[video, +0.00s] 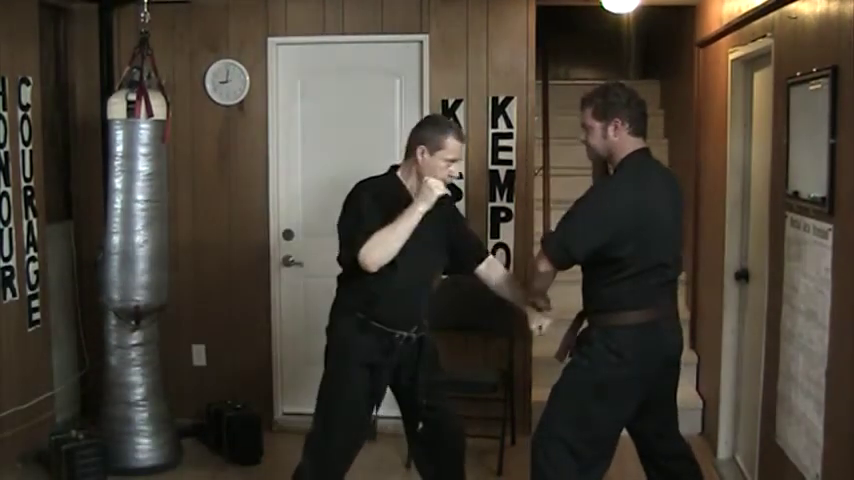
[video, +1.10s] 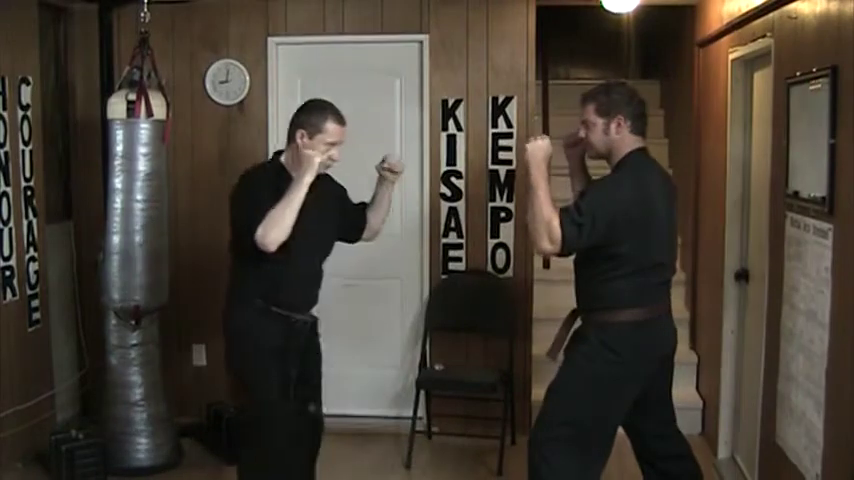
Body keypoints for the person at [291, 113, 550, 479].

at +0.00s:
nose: (456, 171)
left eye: (458, 162)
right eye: (449, 161)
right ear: (420, 154)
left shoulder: (443, 211)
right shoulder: (369, 194)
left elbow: (487, 267)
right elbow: (370, 258)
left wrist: (529, 303)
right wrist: (420, 205)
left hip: (413, 345)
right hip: (359, 340)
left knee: (443, 443)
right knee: (333, 448)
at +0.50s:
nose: (415, 167)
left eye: (417, 158)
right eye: (407, 158)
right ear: (377, 154)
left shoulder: (408, 206)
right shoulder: (336, 202)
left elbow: (443, 261)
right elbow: (336, 267)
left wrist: (489, 279)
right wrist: (381, 209)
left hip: (400, 344)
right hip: (345, 344)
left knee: (437, 438)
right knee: (342, 448)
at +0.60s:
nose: (391, 163)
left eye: (394, 154)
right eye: (384, 153)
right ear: (353, 149)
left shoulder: (378, 200)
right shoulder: (313, 198)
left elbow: (414, 256)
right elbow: (324, 263)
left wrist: (449, 250)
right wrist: (366, 202)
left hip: (378, 339)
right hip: (327, 340)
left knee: (421, 435)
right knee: (329, 447)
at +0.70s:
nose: (372, 158)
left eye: (373, 149)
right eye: (364, 148)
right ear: (334, 145)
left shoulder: (353, 194)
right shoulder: (295, 193)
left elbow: (382, 244)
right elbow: (315, 253)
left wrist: (422, 219)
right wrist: (353, 190)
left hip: (358, 336)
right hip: (310, 338)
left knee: (398, 434)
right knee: (315, 449)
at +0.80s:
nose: (357, 154)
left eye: (359, 145)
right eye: (351, 144)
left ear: (329, 143)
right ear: (321, 141)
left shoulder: (340, 189)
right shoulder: (281, 188)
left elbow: (376, 235)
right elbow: (304, 244)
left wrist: (397, 197)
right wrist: (336, 181)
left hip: (342, 332)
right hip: (296, 333)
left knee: (374, 435)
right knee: (304, 449)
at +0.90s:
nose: (348, 152)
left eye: (350, 144)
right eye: (341, 142)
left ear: (322, 139)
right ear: (311, 137)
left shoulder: (335, 186)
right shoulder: (273, 183)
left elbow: (373, 227)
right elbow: (292, 239)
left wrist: (390, 180)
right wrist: (322, 174)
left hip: (329, 328)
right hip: (283, 328)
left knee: (341, 427)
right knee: (294, 438)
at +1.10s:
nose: (336, 155)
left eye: (339, 146)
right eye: (329, 145)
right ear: (300, 139)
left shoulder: (325, 189)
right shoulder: (257, 182)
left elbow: (366, 229)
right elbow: (268, 239)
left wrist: (385, 183)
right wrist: (304, 176)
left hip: (302, 329)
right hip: (256, 327)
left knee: (306, 429)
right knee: (267, 431)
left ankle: (300, 475)